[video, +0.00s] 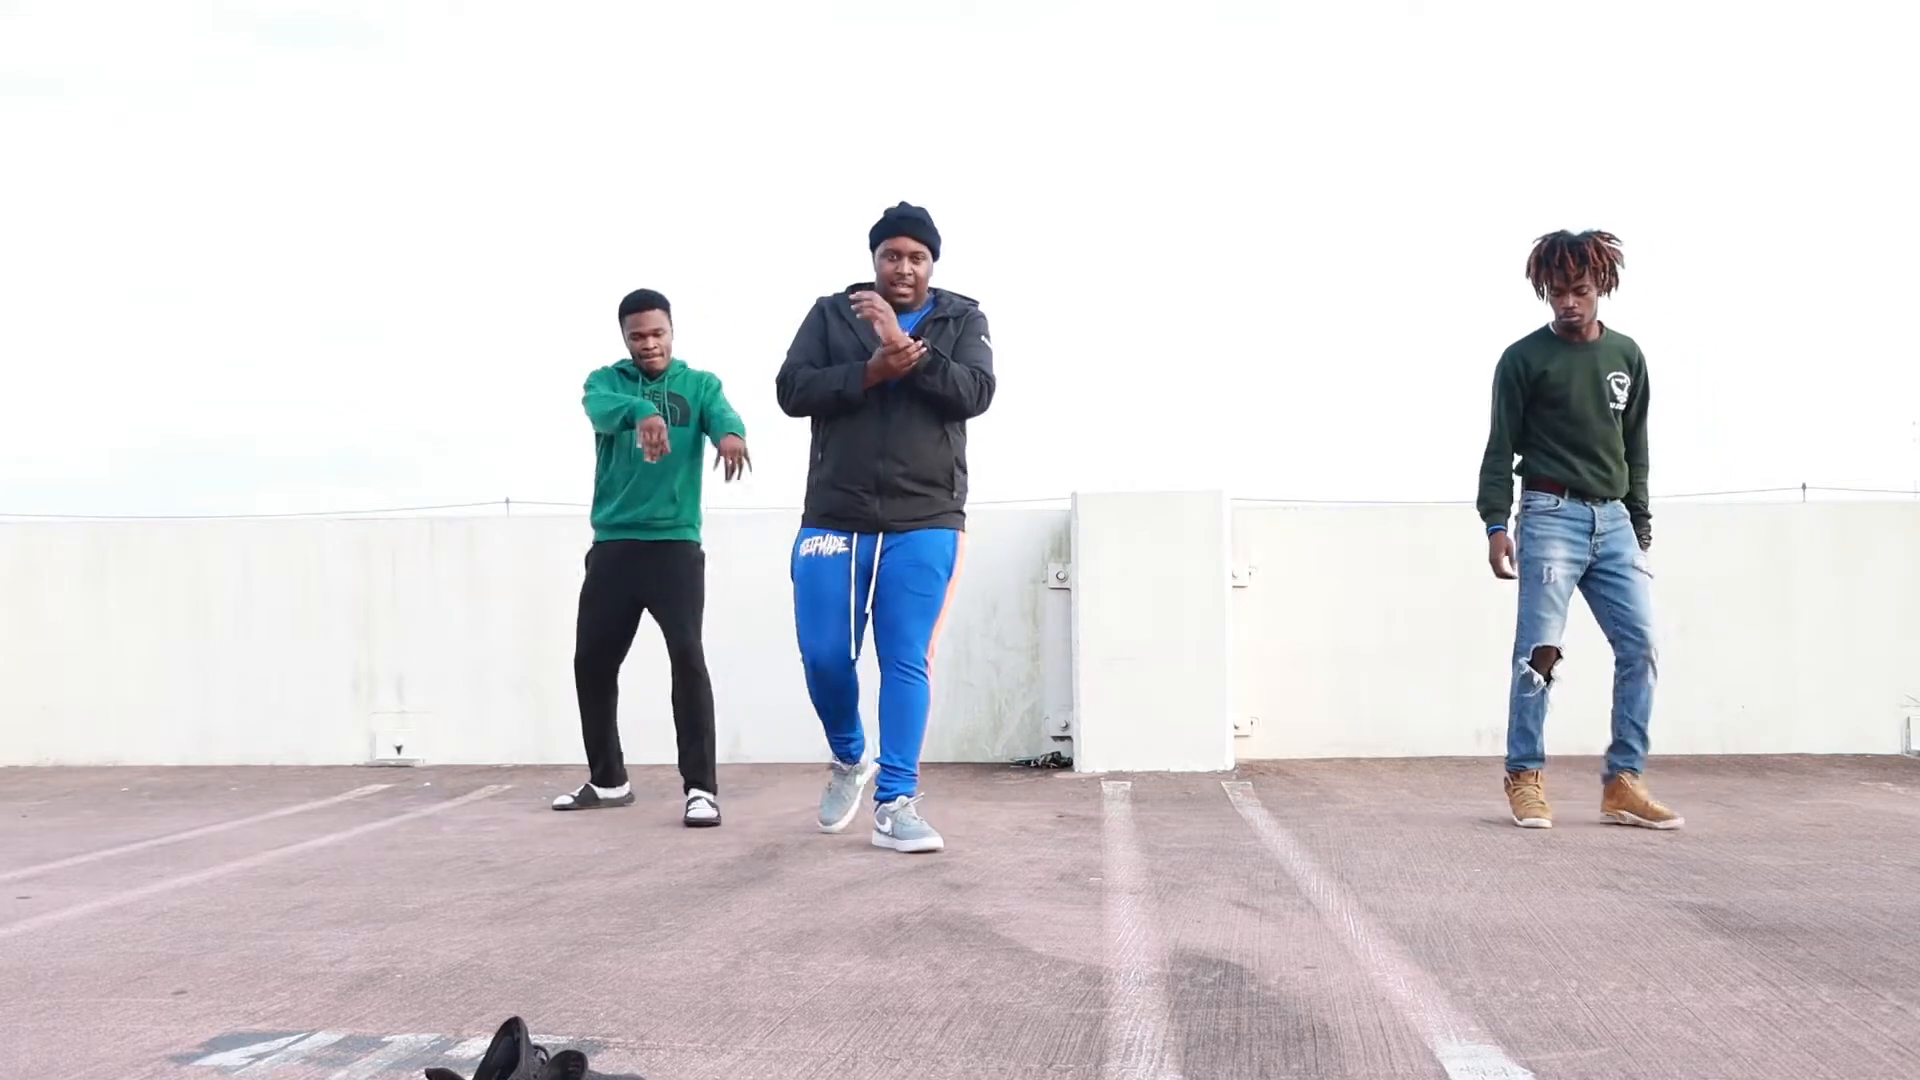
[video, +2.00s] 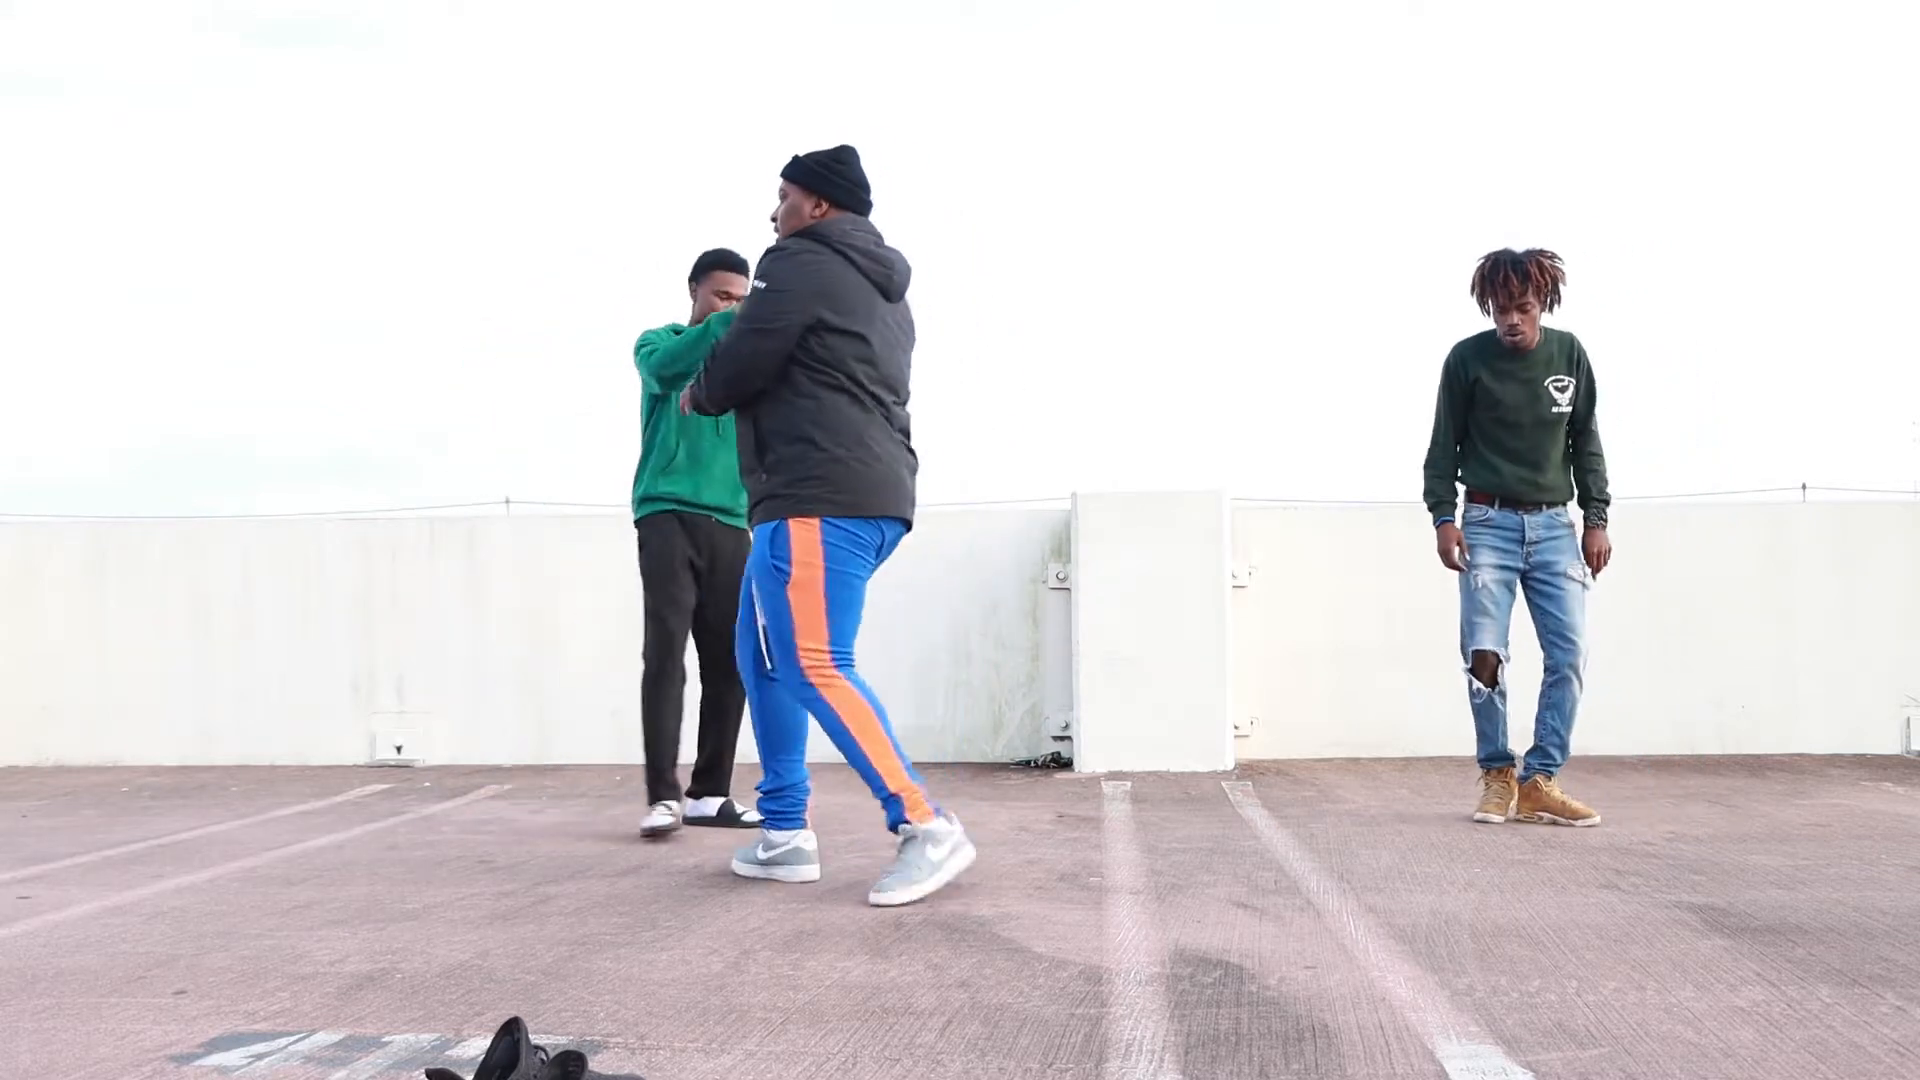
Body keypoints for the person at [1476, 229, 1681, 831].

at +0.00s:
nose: (1567, 302)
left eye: (1577, 290)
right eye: (1556, 291)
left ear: (1601, 288)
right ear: (1544, 292)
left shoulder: (1626, 356)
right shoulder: (1522, 360)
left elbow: (1635, 448)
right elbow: (1499, 449)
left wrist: (1639, 526)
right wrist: (1496, 523)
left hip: (1612, 521)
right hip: (1548, 517)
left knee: (1640, 647)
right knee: (1539, 652)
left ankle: (1622, 782)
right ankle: (1524, 777)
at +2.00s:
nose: (1510, 321)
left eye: (1520, 309)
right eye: (1500, 310)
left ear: (1542, 304)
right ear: (1488, 307)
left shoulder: (1567, 352)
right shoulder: (1466, 359)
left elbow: (1585, 439)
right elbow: (1442, 446)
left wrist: (1595, 519)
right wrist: (1443, 518)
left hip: (1556, 526)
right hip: (1486, 524)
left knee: (1568, 656)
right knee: (1484, 657)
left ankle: (1538, 781)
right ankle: (1497, 777)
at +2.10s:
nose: (1506, 316)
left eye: (1516, 305)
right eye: (1496, 306)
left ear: (1539, 300)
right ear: (1484, 306)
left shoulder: (1568, 350)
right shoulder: (1464, 356)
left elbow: (1589, 439)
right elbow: (1437, 444)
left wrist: (1593, 519)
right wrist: (1441, 514)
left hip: (1555, 526)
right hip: (1483, 524)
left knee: (1566, 655)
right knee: (1473, 652)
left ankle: (1537, 782)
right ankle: (1495, 772)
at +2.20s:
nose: (1502, 311)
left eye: (1512, 299)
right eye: (1492, 300)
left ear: (1536, 296)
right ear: (1481, 302)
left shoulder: (1568, 348)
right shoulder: (1462, 353)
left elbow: (1597, 432)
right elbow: (1434, 437)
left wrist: (1591, 512)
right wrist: (1436, 506)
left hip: (1553, 525)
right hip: (1481, 522)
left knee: (1561, 654)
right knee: (1464, 644)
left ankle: (1537, 781)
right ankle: (1494, 763)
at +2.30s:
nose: (1498, 308)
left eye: (1509, 296)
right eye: (1488, 298)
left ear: (1533, 294)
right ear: (1477, 301)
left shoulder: (1567, 350)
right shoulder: (1459, 356)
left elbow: (1605, 427)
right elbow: (1432, 437)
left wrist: (1592, 507)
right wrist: (1430, 503)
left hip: (1552, 526)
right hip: (1480, 524)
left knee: (1560, 654)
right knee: (1456, 639)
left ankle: (1537, 782)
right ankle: (1491, 762)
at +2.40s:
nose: (1495, 307)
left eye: (1506, 295)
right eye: (1485, 297)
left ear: (1529, 294)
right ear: (1474, 301)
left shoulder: (1565, 351)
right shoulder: (1457, 358)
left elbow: (1606, 431)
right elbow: (1434, 440)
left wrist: (1596, 512)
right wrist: (1426, 508)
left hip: (1551, 527)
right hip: (1479, 526)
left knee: (1562, 654)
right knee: (1452, 640)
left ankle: (1537, 782)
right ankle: (1491, 761)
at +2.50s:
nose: (1491, 307)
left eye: (1502, 295)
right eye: (1481, 297)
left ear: (1526, 292)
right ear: (1470, 298)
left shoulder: (1561, 345)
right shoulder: (1455, 354)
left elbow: (1596, 431)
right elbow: (1438, 437)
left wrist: (1599, 512)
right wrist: (1427, 506)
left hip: (1547, 523)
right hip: (1477, 522)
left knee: (1554, 656)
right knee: (1452, 638)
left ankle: (1534, 781)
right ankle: (1494, 759)